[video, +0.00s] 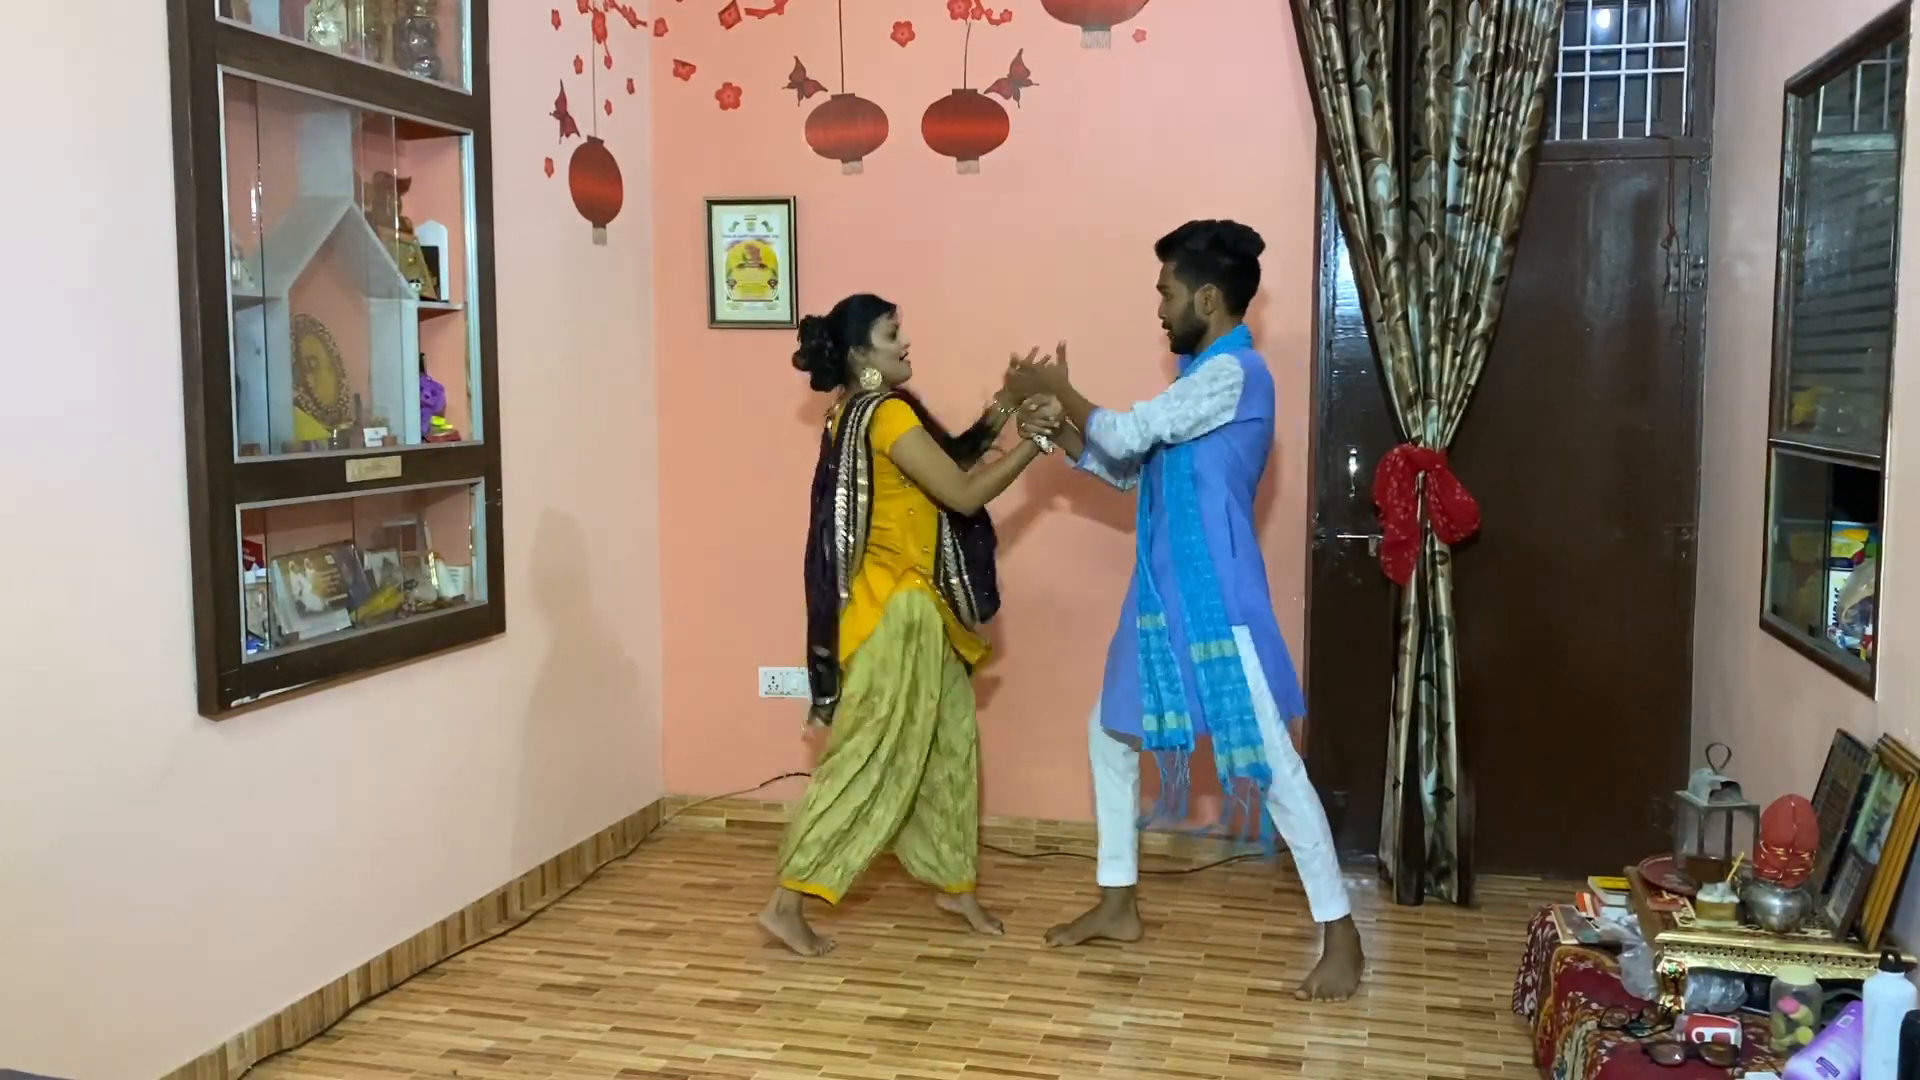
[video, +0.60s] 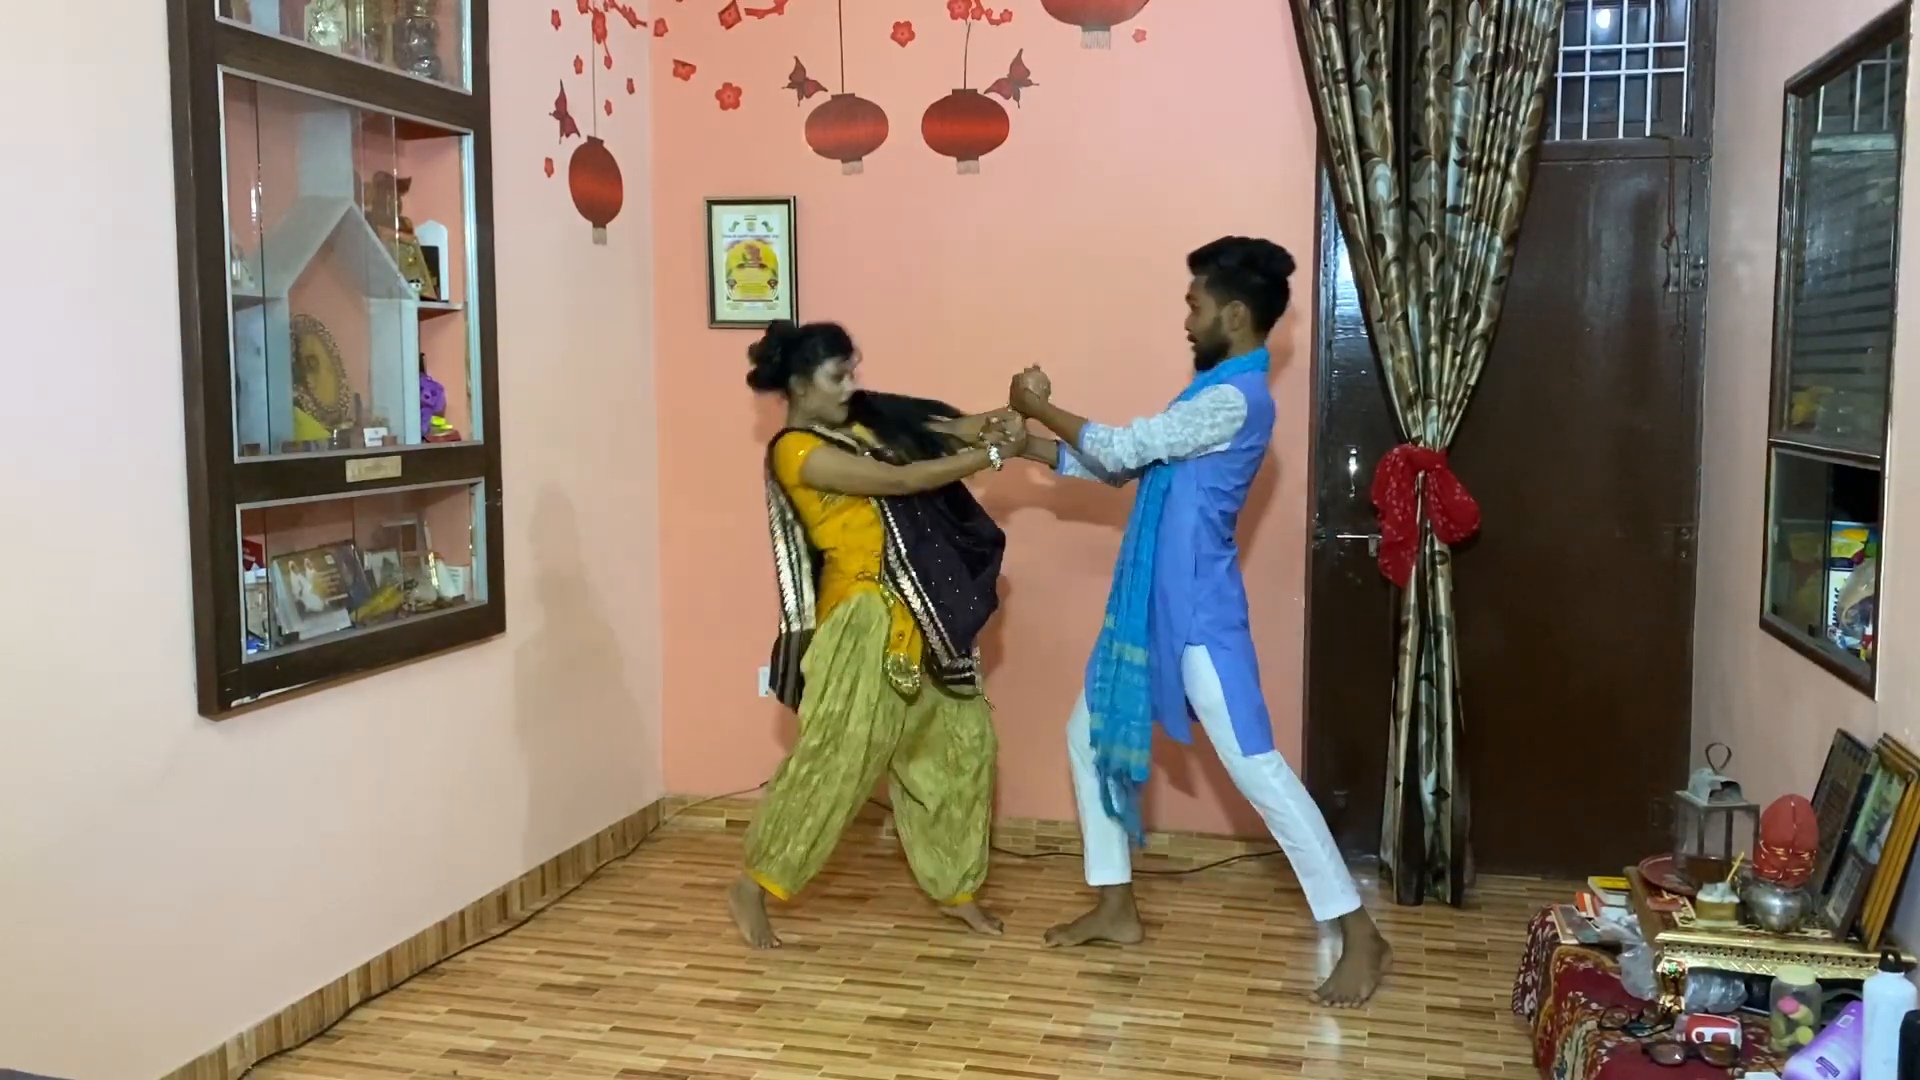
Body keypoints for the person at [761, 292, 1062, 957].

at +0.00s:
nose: (907, 346)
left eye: (902, 335)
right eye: (894, 339)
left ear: (861, 354)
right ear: (862, 354)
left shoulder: (864, 411)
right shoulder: (885, 413)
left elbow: (945, 467)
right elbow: (963, 494)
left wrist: (1003, 409)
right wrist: (1029, 442)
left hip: (908, 602)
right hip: (896, 605)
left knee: (953, 743)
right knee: (871, 750)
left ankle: (956, 884)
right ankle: (789, 900)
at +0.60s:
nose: (851, 387)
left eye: (851, 375)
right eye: (837, 378)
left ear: (845, 377)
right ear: (798, 386)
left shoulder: (859, 427)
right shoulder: (798, 452)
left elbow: (938, 430)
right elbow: (904, 477)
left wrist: (1014, 414)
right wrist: (994, 455)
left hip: (920, 612)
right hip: (865, 615)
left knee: (966, 742)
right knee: (839, 754)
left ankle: (954, 886)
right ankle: (754, 884)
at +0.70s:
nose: (815, 430)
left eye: (816, 418)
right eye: (801, 421)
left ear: (817, 419)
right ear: (761, 430)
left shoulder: (828, 462)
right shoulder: (771, 492)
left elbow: (913, 447)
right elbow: (874, 481)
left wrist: (991, 437)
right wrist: (975, 461)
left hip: (906, 636)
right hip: (848, 636)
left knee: (978, 745)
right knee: (820, 764)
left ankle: (956, 892)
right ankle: (739, 899)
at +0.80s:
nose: (802, 420)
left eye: (802, 409)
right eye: (789, 412)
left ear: (802, 410)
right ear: (750, 423)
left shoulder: (817, 458)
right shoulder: (763, 486)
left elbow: (907, 453)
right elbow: (868, 483)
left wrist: (991, 443)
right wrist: (977, 467)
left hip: (893, 632)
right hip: (834, 635)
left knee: (968, 749)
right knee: (810, 763)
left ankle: (956, 893)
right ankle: (737, 898)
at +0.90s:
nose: (815, 375)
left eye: (814, 362)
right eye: (801, 366)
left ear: (812, 367)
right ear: (764, 383)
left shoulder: (832, 422)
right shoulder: (774, 445)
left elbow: (911, 433)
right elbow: (877, 461)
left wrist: (999, 432)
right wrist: (981, 457)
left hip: (888, 607)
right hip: (825, 613)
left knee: (934, 742)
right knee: (801, 754)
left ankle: (957, 887)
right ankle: (740, 891)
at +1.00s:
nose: (846, 343)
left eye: (841, 334)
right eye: (833, 337)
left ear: (818, 357)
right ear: (800, 359)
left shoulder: (858, 413)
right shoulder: (804, 430)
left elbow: (943, 451)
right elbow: (901, 474)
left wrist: (1021, 447)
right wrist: (1000, 480)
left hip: (880, 604)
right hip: (816, 608)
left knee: (922, 741)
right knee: (794, 753)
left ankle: (930, 887)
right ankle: (740, 893)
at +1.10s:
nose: (883, 361)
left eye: (875, 351)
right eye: (869, 356)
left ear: (853, 381)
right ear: (842, 381)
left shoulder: (890, 442)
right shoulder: (838, 459)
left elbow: (940, 493)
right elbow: (924, 525)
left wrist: (1003, 477)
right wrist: (1015, 521)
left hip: (876, 630)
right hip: (812, 631)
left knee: (916, 757)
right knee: (791, 770)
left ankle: (898, 904)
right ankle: (737, 908)